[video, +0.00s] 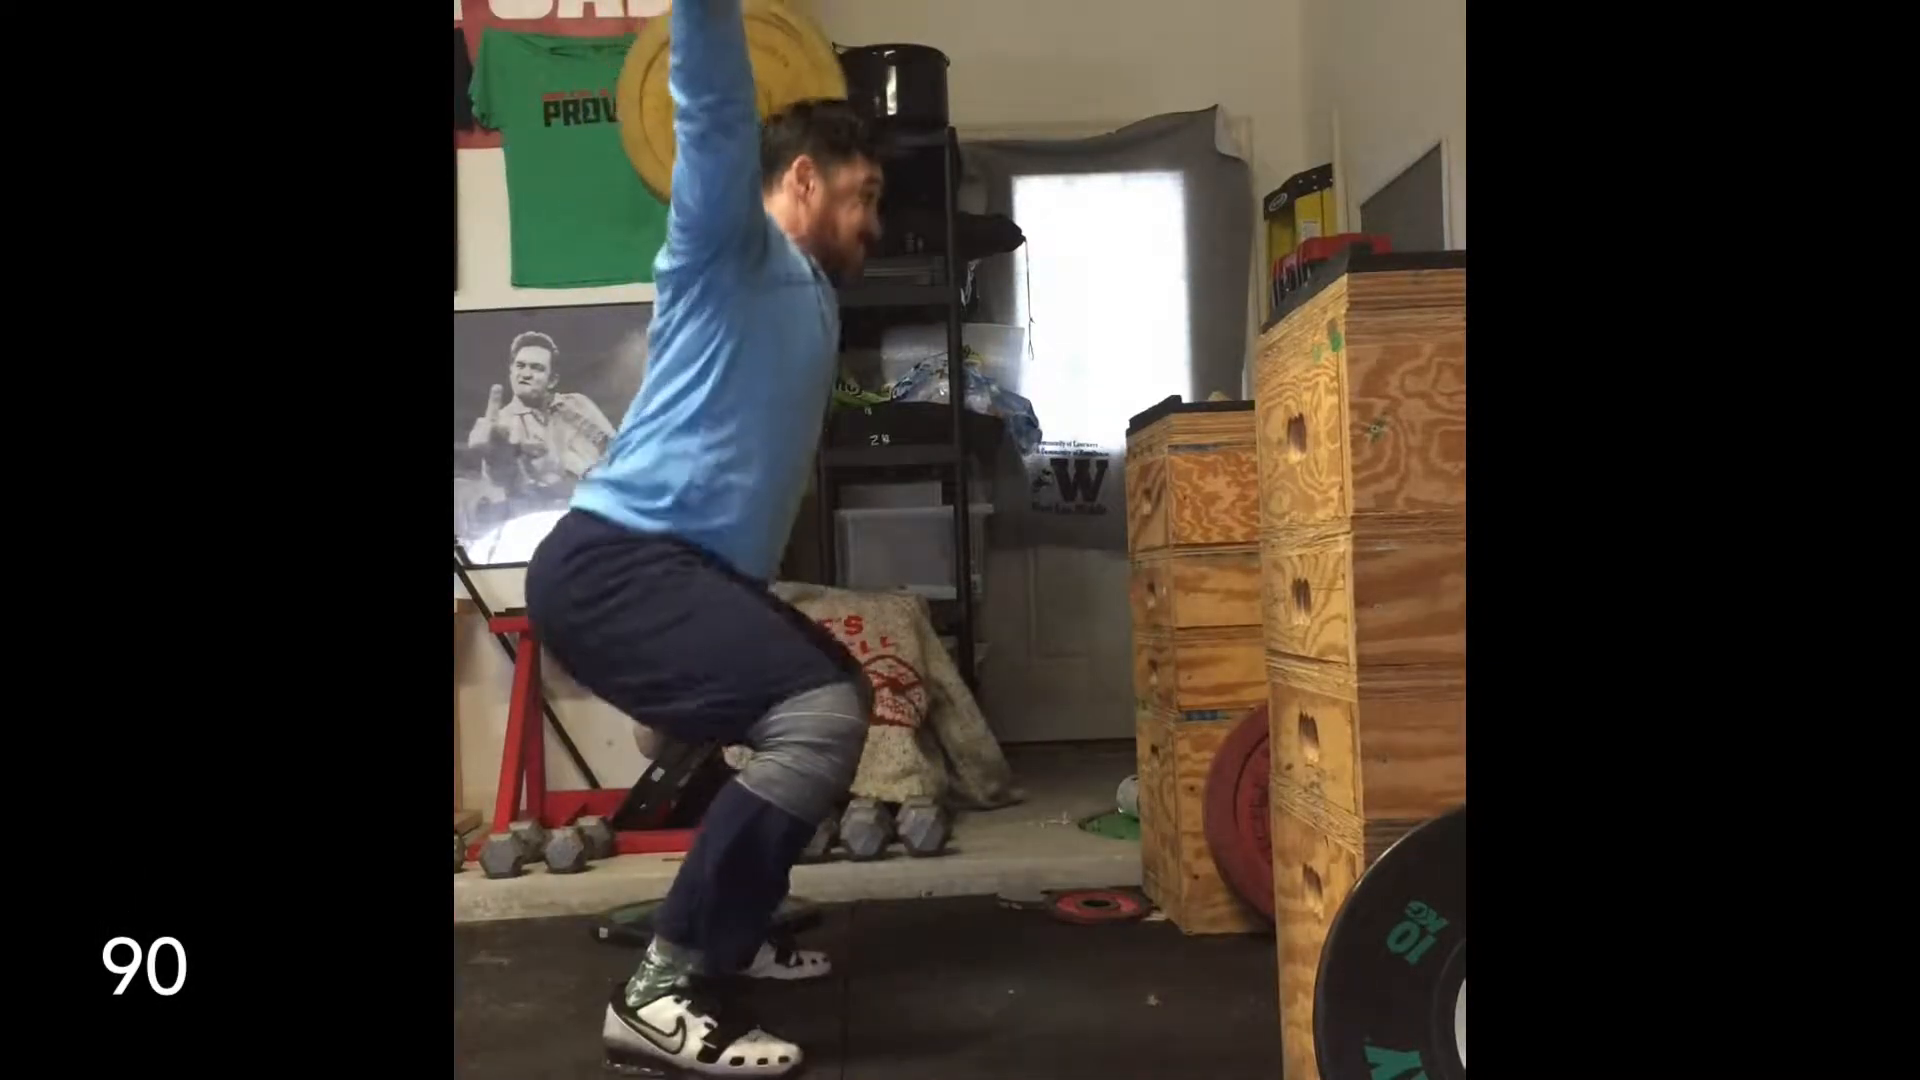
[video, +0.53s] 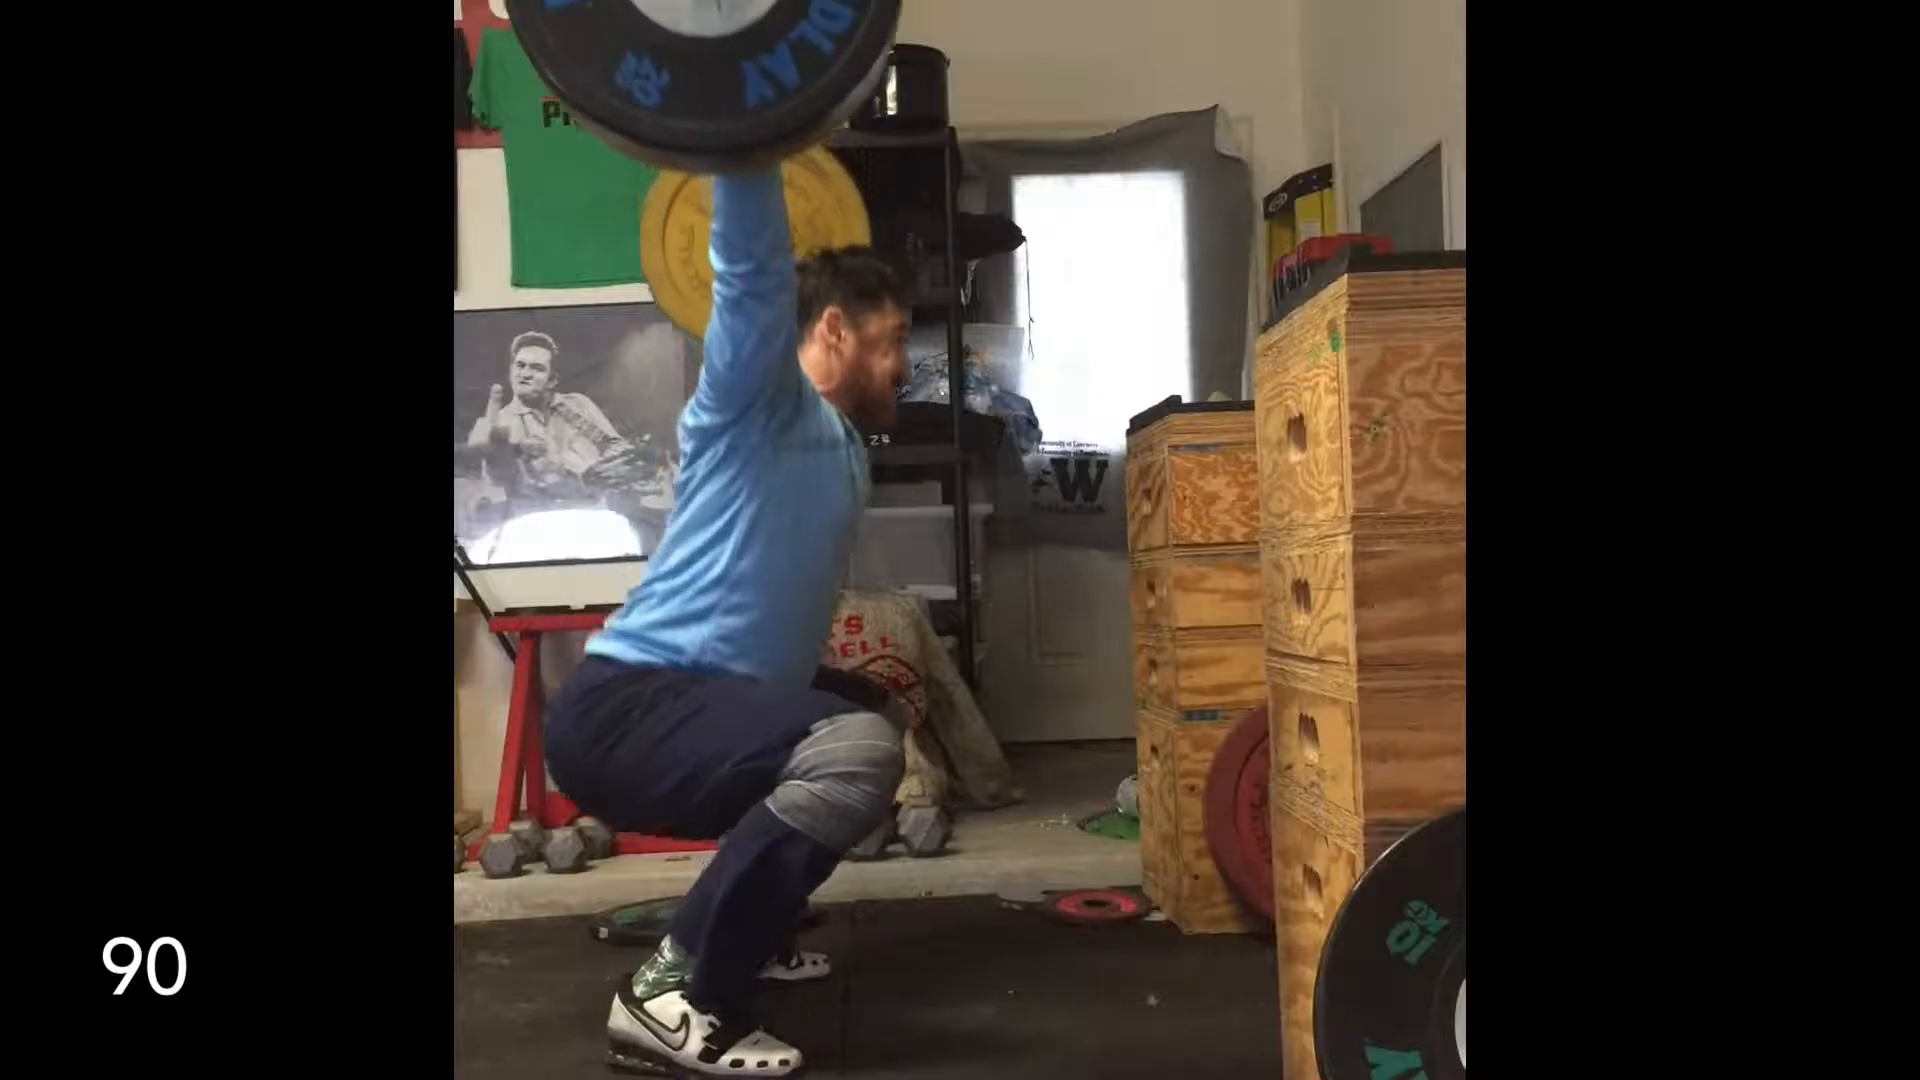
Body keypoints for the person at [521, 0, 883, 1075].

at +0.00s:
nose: (872, 226)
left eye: (876, 206)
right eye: (863, 200)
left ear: (822, 194)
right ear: (799, 179)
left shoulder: (810, 295)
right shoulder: (726, 246)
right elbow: (711, 104)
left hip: (695, 568)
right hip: (616, 559)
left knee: (833, 694)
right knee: (816, 716)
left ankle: (736, 922)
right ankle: (666, 984)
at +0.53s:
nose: (904, 365)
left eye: (904, 346)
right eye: (891, 343)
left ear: (842, 342)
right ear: (831, 335)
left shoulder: (839, 449)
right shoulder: (754, 404)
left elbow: (765, 622)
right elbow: (750, 272)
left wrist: (849, 682)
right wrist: (738, 128)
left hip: (712, 701)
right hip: (627, 704)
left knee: (870, 725)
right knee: (851, 753)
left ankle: (748, 928)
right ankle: (678, 988)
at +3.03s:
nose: (873, 46)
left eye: (878, 30)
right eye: (867, 20)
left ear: (821, 21)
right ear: (810, 4)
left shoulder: (790, 108)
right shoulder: (726, 67)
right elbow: (568, 110)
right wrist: (613, 19)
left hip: (743, 404)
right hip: (678, 392)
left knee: (745, 671)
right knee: (710, 674)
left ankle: (697, 922)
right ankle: (648, 986)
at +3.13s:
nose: (868, 58)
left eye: (874, 40)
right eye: (866, 31)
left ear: (821, 20)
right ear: (811, 5)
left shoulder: (781, 110)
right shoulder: (718, 75)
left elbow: (804, 243)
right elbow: (556, 110)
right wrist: (610, 17)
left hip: (741, 409)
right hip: (678, 399)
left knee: (735, 673)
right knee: (707, 676)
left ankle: (692, 921)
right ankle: (651, 984)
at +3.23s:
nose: (866, 46)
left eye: (872, 29)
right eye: (862, 21)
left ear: (816, 19)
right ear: (808, 4)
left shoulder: (785, 110)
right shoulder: (720, 77)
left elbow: (808, 237)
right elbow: (558, 117)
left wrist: (842, 108)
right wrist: (617, 18)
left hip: (742, 410)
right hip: (677, 400)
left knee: (741, 668)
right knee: (697, 670)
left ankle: (693, 924)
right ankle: (646, 983)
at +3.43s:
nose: (865, 32)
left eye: (867, 16)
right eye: (857, 10)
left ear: (802, 14)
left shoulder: (782, 105)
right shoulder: (715, 68)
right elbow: (551, 109)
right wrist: (607, 15)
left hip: (739, 403)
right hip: (679, 393)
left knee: (709, 666)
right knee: (683, 671)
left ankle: (689, 920)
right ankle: (641, 980)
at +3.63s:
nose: (854, 11)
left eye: (855, 0)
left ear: (789, 1)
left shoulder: (781, 92)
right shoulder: (709, 64)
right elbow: (552, 107)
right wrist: (608, 8)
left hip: (737, 404)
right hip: (676, 393)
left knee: (709, 664)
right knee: (678, 670)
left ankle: (693, 915)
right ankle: (646, 982)